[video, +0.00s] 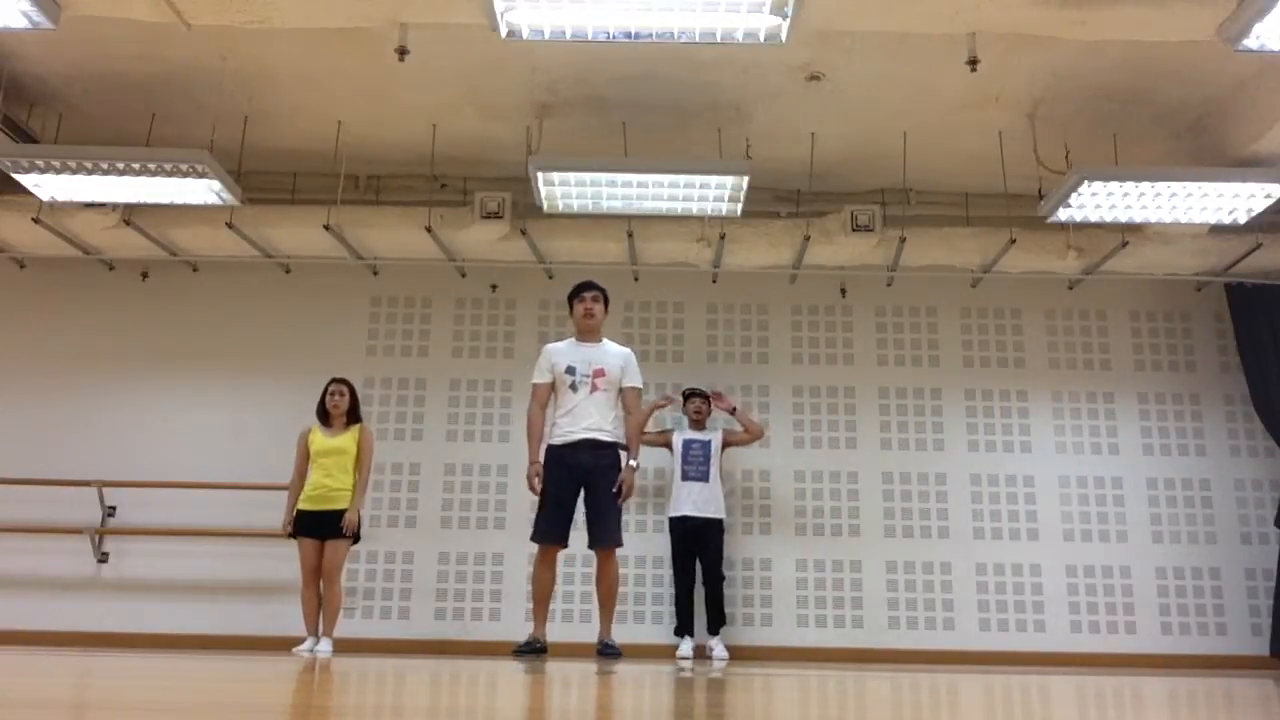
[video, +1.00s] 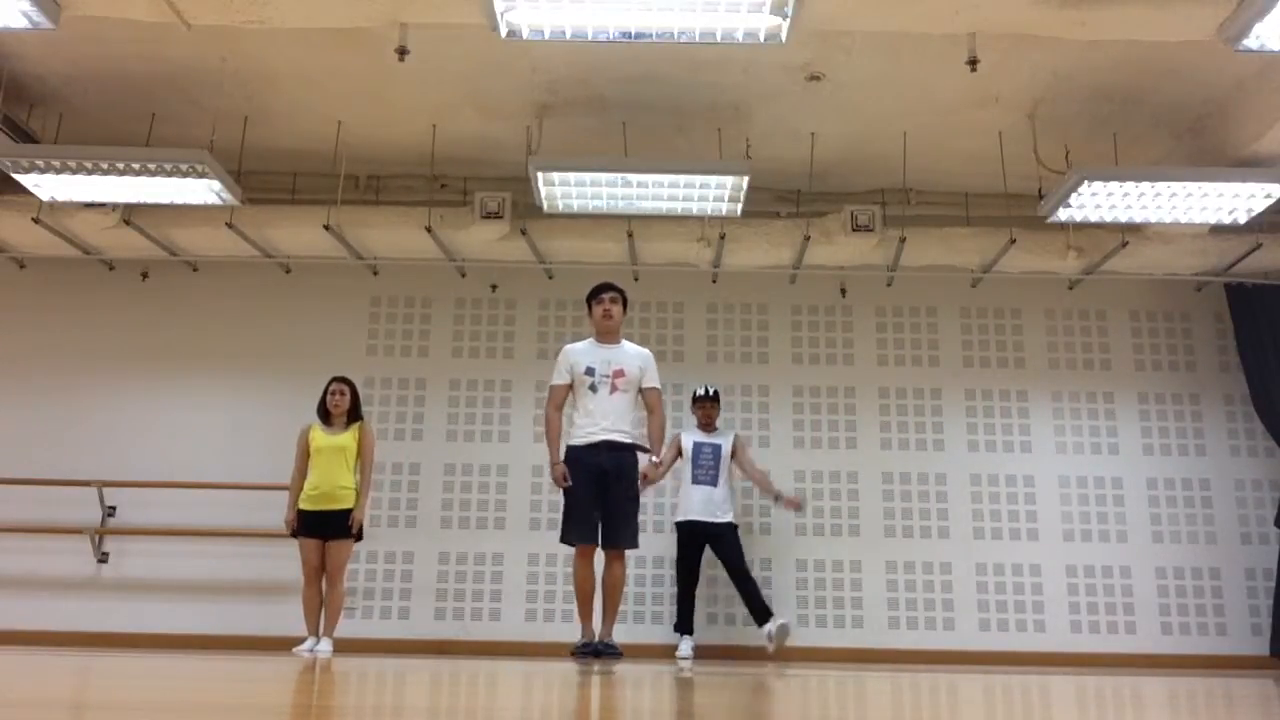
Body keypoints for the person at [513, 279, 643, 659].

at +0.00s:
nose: (589, 306)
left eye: (595, 301)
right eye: (582, 301)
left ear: (606, 311)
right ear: (571, 311)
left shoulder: (623, 356)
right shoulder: (552, 352)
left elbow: (633, 412)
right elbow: (537, 406)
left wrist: (632, 464)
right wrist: (534, 459)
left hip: (606, 456)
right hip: (561, 455)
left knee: (606, 548)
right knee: (548, 547)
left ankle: (606, 636)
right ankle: (537, 635)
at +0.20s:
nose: (593, 307)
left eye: (600, 302)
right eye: (587, 302)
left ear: (611, 311)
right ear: (576, 311)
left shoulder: (628, 356)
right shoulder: (558, 353)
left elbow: (638, 413)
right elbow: (547, 411)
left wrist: (639, 461)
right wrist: (546, 464)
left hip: (610, 457)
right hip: (567, 455)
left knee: (609, 549)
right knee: (549, 544)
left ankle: (606, 636)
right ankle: (538, 633)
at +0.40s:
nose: (593, 307)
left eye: (600, 302)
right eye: (587, 302)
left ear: (610, 311)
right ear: (576, 311)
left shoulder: (628, 356)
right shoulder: (557, 353)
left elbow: (639, 410)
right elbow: (543, 410)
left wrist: (638, 459)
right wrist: (541, 460)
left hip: (608, 455)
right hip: (563, 454)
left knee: (606, 549)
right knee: (550, 546)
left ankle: (605, 636)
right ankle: (540, 634)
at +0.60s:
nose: (598, 307)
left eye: (604, 302)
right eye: (591, 302)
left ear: (615, 312)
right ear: (580, 312)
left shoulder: (634, 357)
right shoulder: (563, 355)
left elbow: (640, 411)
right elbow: (546, 409)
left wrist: (633, 458)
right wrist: (538, 462)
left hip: (615, 456)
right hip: (571, 455)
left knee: (611, 550)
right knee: (556, 547)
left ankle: (606, 636)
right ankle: (542, 634)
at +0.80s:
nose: (605, 309)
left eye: (612, 304)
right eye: (598, 304)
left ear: (622, 313)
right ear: (588, 313)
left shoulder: (639, 357)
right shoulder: (570, 355)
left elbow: (652, 412)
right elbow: (556, 411)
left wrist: (652, 460)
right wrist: (555, 465)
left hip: (622, 457)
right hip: (579, 456)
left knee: (615, 549)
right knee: (581, 546)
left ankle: (606, 635)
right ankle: (583, 633)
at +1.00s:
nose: (607, 308)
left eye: (613, 303)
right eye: (600, 303)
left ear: (624, 312)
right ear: (590, 313)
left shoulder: (641, 357)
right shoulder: (572, 354)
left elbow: (655, 409)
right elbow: (554, 408)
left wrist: (655, 456)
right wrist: (555, 459)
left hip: (623, 457)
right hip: (582, 456)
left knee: (615, 550)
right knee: (584, 547)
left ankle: (606, 635)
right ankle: (586, 633)